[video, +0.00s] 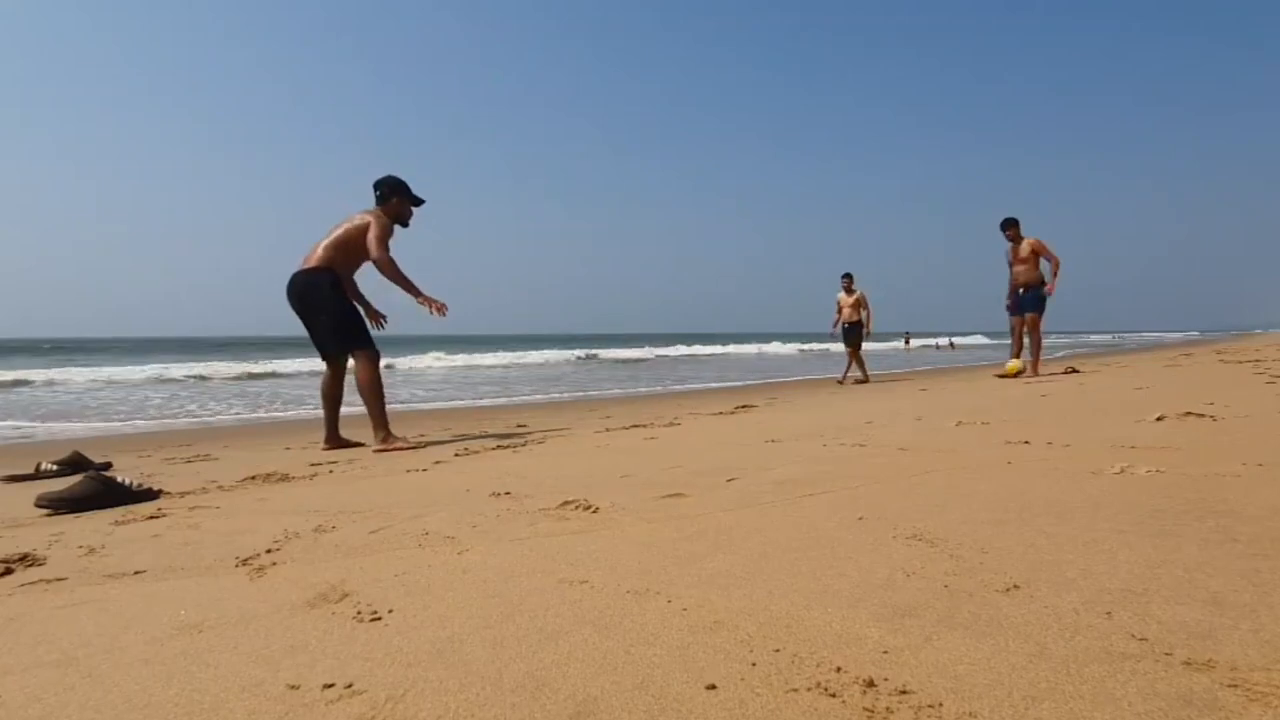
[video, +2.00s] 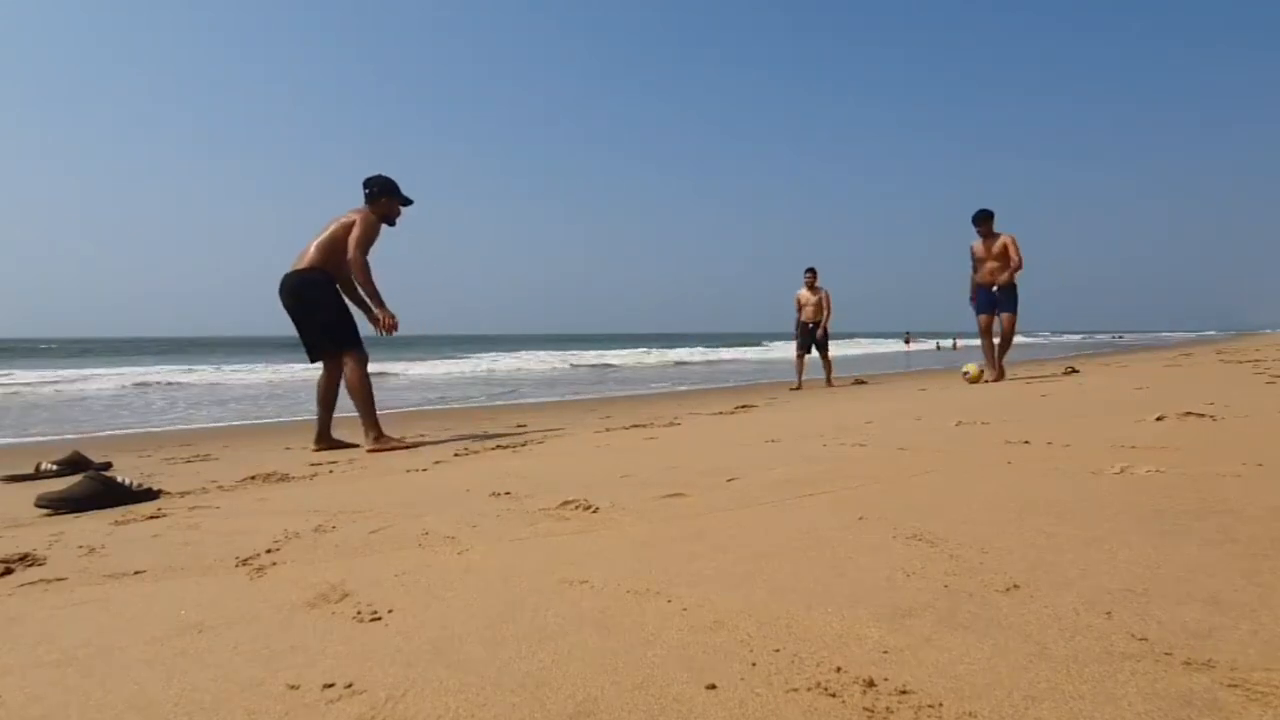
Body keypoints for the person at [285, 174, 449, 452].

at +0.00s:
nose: (411, 211)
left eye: (412, 206)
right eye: (408, 205)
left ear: (384, 202)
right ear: (393, 201)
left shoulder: (360, 222)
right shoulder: (379, 221)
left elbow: (341, 273)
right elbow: (379, 257)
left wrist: (366, 306)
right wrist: (419, 294)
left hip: (301, 284)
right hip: (323, 284)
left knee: (336, 362)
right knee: (366, 355)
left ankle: (332, 436)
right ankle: (383, 435)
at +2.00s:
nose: (399, 212)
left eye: (400, 205)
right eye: (396, 204)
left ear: (375, 201)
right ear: (381, 200)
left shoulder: (350, 220)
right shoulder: (368, 219)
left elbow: (343, 278)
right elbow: (355, 260)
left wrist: (369, 312)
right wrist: (380, 307)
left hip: (295, 284)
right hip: (315, 284)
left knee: (333, 362)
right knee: (355, 358)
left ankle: (323, 436)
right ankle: (374, 435)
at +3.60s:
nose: (408, 176)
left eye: (408, 170)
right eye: (404, 169)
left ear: (382, 168)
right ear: (387, 166)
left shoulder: (362, 192)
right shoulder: (375, 191)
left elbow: (363, 258)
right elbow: (369, 241)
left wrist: (389, 298)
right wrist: (402, 289)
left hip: (336, 275)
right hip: (345, 276)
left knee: (369, 357)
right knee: (373, 357)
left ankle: (334, 431)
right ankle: (347, 438)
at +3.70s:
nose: (412, 175)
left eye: (412, 169)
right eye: (408, 168)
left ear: (387, 167)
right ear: (392, 165)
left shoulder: (367, 193)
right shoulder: (380, 192)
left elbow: (368, 256)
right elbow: (375, 242)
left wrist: (393, 295)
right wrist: (405, 290)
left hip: (344, 276)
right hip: (350, 275)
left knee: (375, 357)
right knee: (378, 357)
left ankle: (358, 431)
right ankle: (351, 435)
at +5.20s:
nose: (437, 193)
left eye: (437, 188)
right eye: (433, 188)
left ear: (415, 189)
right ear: (417, 188)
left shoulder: (402, 214)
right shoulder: (409, 215)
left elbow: (399, 263)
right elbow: (405, 262)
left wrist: (421, 300)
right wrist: (426, 300)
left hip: (389, 287)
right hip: (393, 289)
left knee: (405, 358)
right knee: (403, 359)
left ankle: (382, 422)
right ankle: (365, 421)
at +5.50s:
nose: (455, 225)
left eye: (455, 220)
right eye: (451, 220)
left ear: (432, 221)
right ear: (436, 220)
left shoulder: (418, 243)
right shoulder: (433, 242)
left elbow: (422, 298)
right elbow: (429, 285)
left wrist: (449, 326)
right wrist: (448, 325)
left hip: (390, 311)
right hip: (403, 313)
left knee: (426, 372)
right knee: (439, 375)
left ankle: (397, 425)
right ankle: (384, 414)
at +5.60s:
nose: (465, 228)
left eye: (465, 223)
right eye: (461, 222)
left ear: (441, 222)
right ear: (445, 221)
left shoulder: (424, 244)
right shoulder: (439, 245)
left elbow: (427, 297)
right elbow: (432, 286)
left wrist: (451, 330)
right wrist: (448, 329)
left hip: (392, 311)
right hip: (407, 312)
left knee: (427, 368)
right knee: (457, 367)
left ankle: (398, 424)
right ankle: (413, 415)